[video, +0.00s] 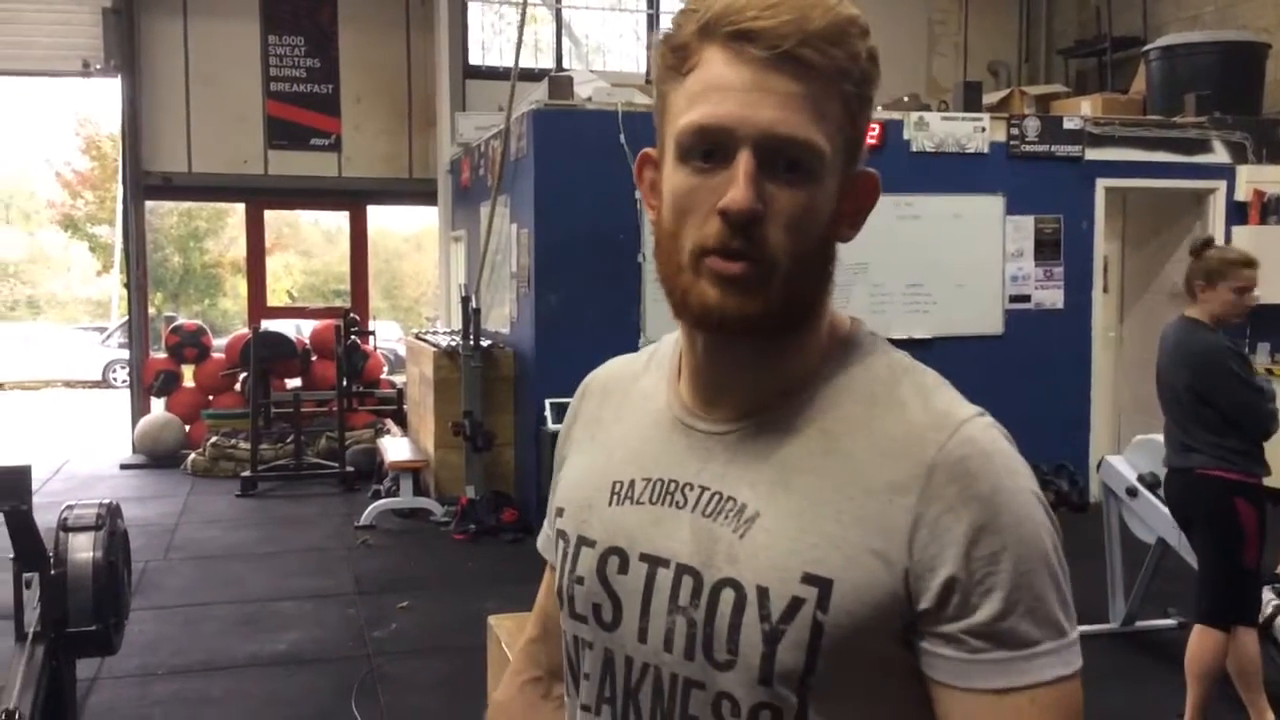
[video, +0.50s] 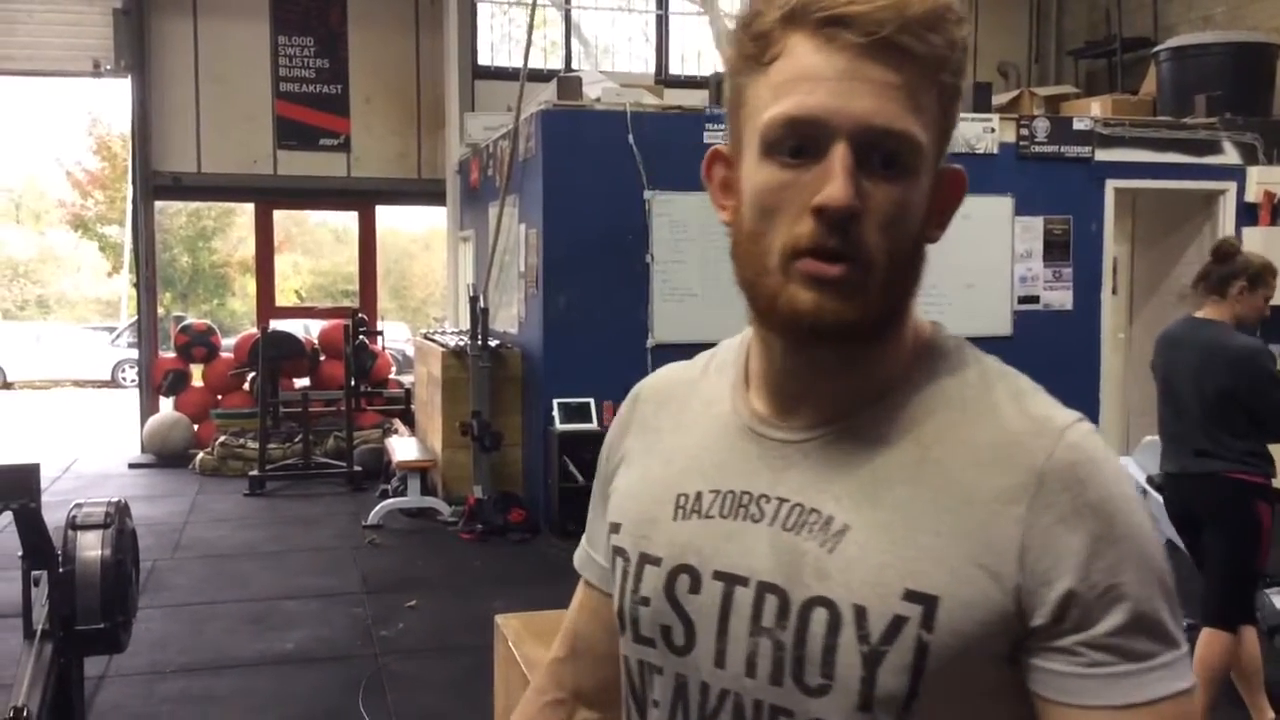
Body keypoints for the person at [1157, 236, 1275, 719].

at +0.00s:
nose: (1251, 301)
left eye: (1252, 291)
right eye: (1242, 291)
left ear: (1204, 292)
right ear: (1205, 290)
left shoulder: (1176, 336)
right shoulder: (1214, 349)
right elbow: (1263, 420)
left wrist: (1253, 387)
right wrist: (1260, 385)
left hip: (1191, 481)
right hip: (1223, 488)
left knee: (1241, 611)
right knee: (1215, 613)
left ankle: (1261, 712)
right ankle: (1192, 715)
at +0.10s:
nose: (1258, 305)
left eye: (1260, 295)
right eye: (1252, 295)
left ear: (1210, 292)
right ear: (1216, 291)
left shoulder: (1176, 340)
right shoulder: (1222, 354)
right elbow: (1266, 423)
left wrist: (1256, 393)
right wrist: (1261, 390)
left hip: (1191, 484)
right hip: (1228, 491)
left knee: (1244, 612)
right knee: (1218, 615)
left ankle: (1263, 712)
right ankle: (1195, 715)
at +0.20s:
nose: (1264, 306)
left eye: (1264, 297)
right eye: (1259, 296)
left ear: (1217, 291)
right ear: (1228, 292)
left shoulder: (1174, 341)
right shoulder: (1231, 356)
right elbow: (1271, 423)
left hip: (1189, 486)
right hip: (1232, 491)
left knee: (1245, 611)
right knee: (1221, 615)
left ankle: (1265, 713)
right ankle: (1199, 715)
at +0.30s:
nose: (1268, 307)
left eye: (1268, 297)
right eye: (1263, 297)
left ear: (1226, 289)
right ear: (1234, 292)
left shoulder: (1174, 340)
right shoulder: (1241, 355)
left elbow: (1189, 418)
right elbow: (1272, 425)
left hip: (1186, 485)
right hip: (1236, 490)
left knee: (1243, 610)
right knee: (1222, 614)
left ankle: (1266, 713)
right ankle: (1200, 715)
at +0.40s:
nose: (1269, 307)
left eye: (1270, 297)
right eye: (1265, 296)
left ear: (1227, 289)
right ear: (1237, 292)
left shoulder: (1172, 340)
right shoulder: (1246, 354)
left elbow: (1182, 414)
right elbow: (1272, 426)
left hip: (1182, 485)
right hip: (1237, 489)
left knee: (1239, 606)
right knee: (1222, 612)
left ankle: (1264, 712)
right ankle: (1200, 716)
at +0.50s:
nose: (1268, 309)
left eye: (1269, 299)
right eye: (1265, 298)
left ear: (1224, 288)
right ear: (1239, 291)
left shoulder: (1168, 340)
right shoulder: (1250, 353)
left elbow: (1181, 408)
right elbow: (1273, 424)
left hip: (1180, 484)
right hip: (1236, 488)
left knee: (1235, 606)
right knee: (1221, 612)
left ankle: (1261, 711)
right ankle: (1194, 713)